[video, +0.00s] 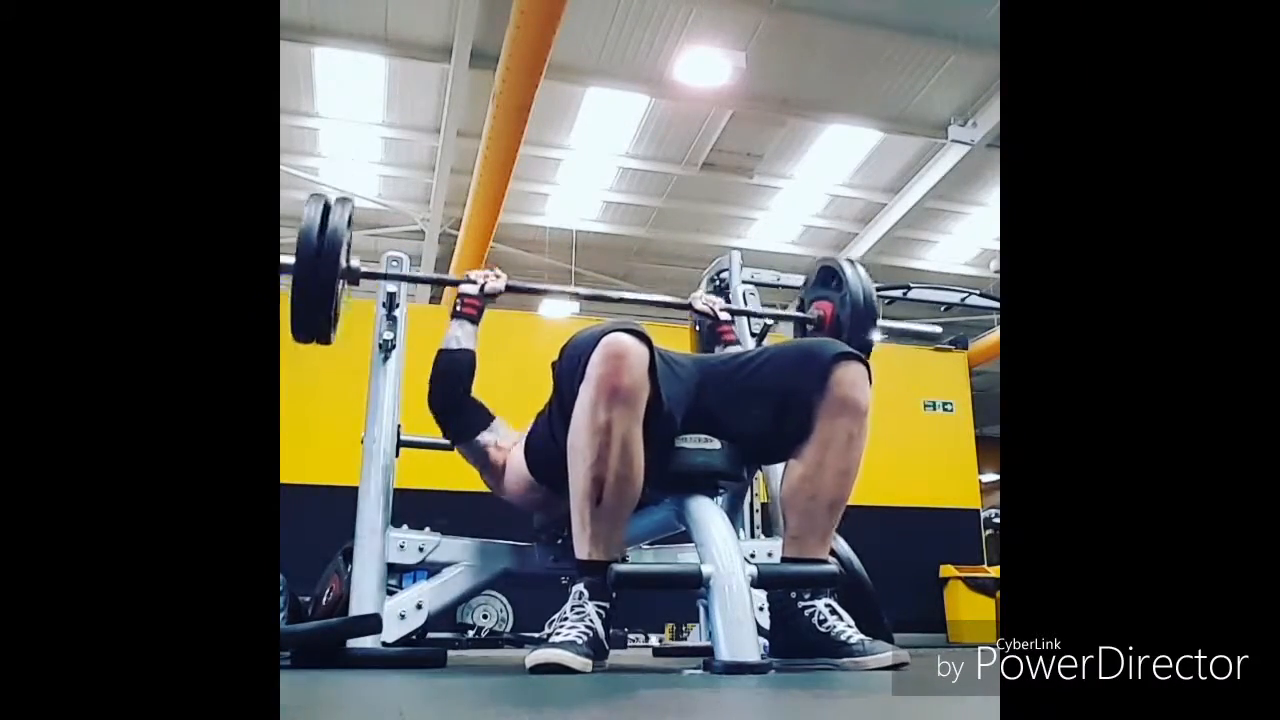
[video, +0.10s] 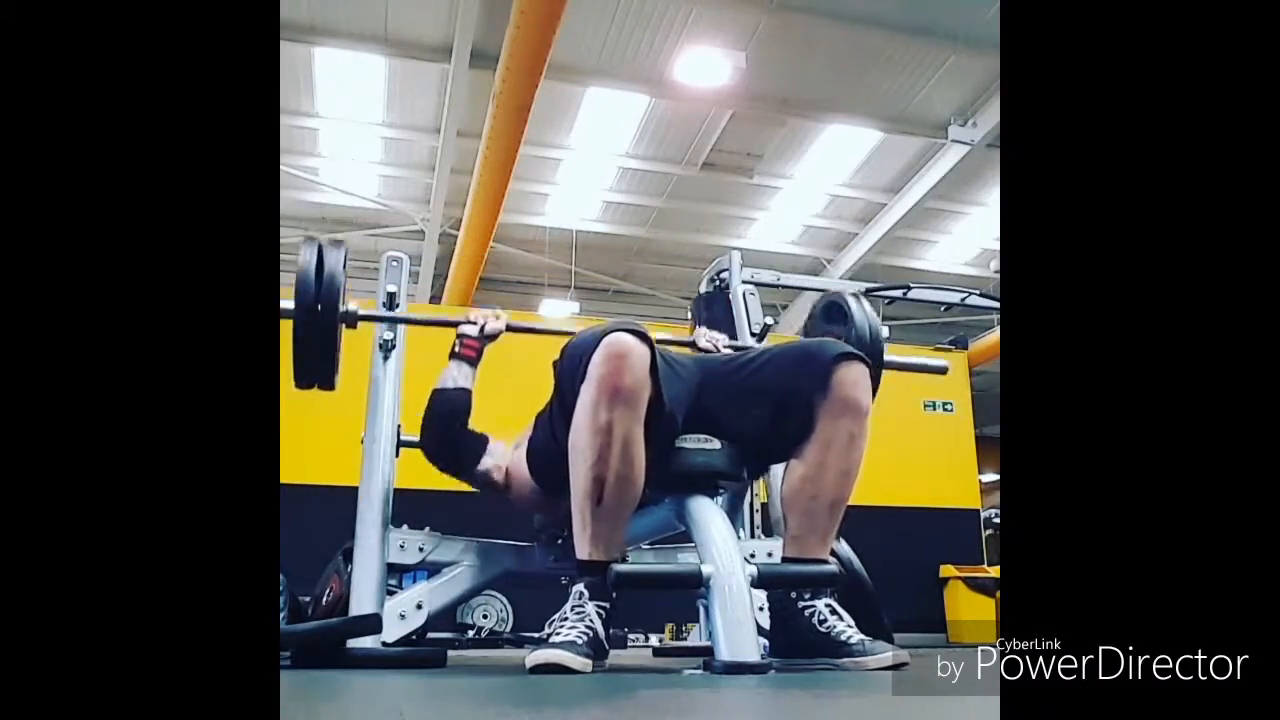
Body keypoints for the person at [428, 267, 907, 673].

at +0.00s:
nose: (497, 446)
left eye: (498, 444)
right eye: (491, 455)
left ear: (522, 440)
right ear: (496, 468)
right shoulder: (519, 469)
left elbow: (730, 402)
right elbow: (449, 399)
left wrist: (720, 334)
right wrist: (468, 309)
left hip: (694, 390)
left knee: (843, 377)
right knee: (618, 355)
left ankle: (800, 607)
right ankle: (585, 606)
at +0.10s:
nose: (501, 477)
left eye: (500, 476)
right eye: (497, 483)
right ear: (513, 491)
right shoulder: (523, 463)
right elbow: (441, 436)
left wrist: (714, 356)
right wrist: (469, 347)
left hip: (707, 389)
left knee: (846, 376)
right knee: (620, 354)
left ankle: (800, 609)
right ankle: (586, 606)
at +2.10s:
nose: (497, 441)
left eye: (496, 442)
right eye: (494, 448)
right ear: (503, 471)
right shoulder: (523, 465)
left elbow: (722, 383)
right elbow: (466, 377)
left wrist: (711, 311)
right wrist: (468, 283)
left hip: (685, 382)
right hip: (613, 364)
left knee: (844, 375)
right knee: (618, 351)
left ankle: (798, 607)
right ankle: (586, 605)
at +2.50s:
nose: (491, 464)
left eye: (494, 464)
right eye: (490, 471)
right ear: (499, 475)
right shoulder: (517, 467)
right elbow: (440, 433)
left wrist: (717, 356)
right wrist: (465, 340)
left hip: (708, 389)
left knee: (846, 377)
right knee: (619, 355)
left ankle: (799, 609)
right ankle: (587, 606)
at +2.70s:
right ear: (494, 508)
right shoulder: (525, 490)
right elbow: (450, 498)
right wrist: (466, 407)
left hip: (701, 375)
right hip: (627, 361)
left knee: (850, 375)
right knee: (622, 356)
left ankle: (801, 606)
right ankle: (588, 606)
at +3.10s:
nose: (498, 470)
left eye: (497, 472)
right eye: (493, 476)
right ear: (498, 472)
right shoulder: (519, 460)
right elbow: (443, 428)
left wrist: (723, 348)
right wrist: (463, 339)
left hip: (704, 386)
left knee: (845, 378)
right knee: (621, 355)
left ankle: (798, 609)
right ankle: (587, 606)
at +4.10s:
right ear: (490, 505)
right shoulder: (519, 483)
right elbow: (448, 500)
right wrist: (466, 406)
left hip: (708, 376)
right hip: (630, 358)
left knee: (850, 375)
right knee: (618, 356)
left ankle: (801, 607)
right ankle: (587, 606)